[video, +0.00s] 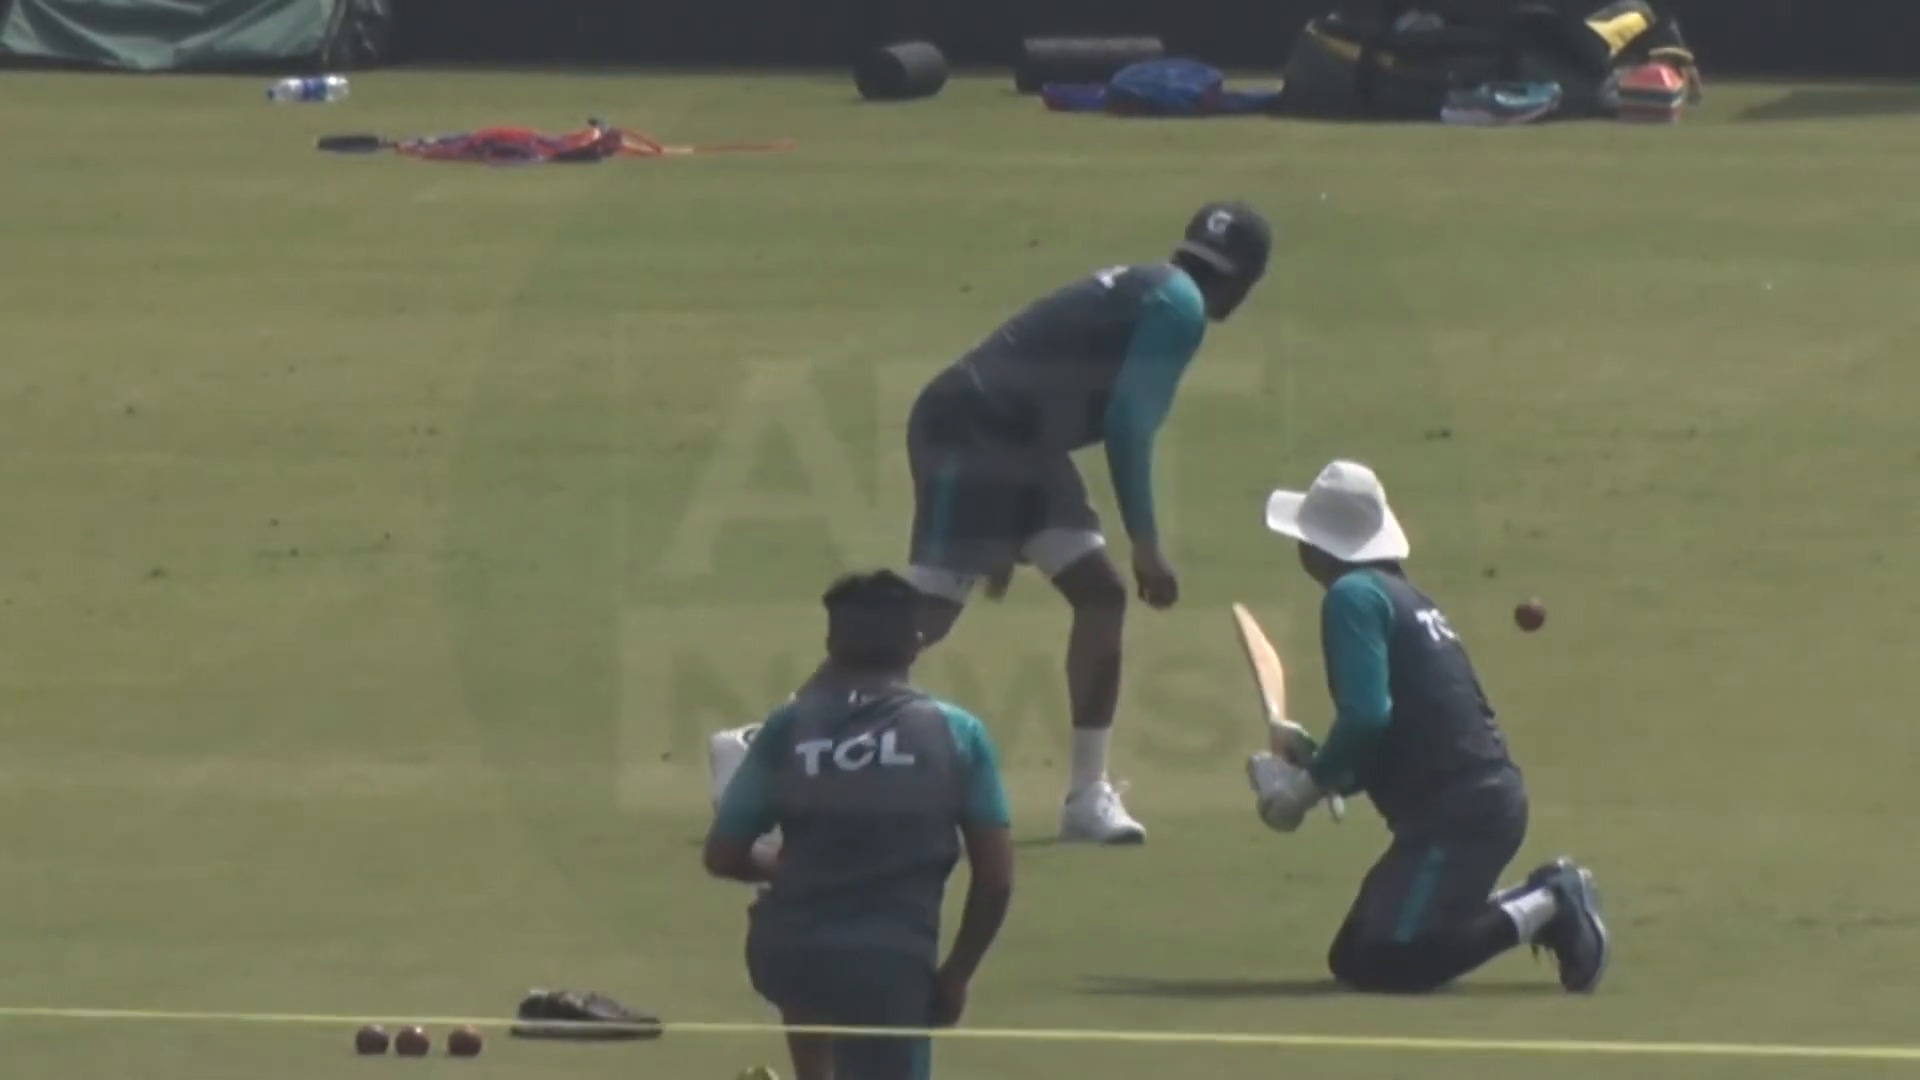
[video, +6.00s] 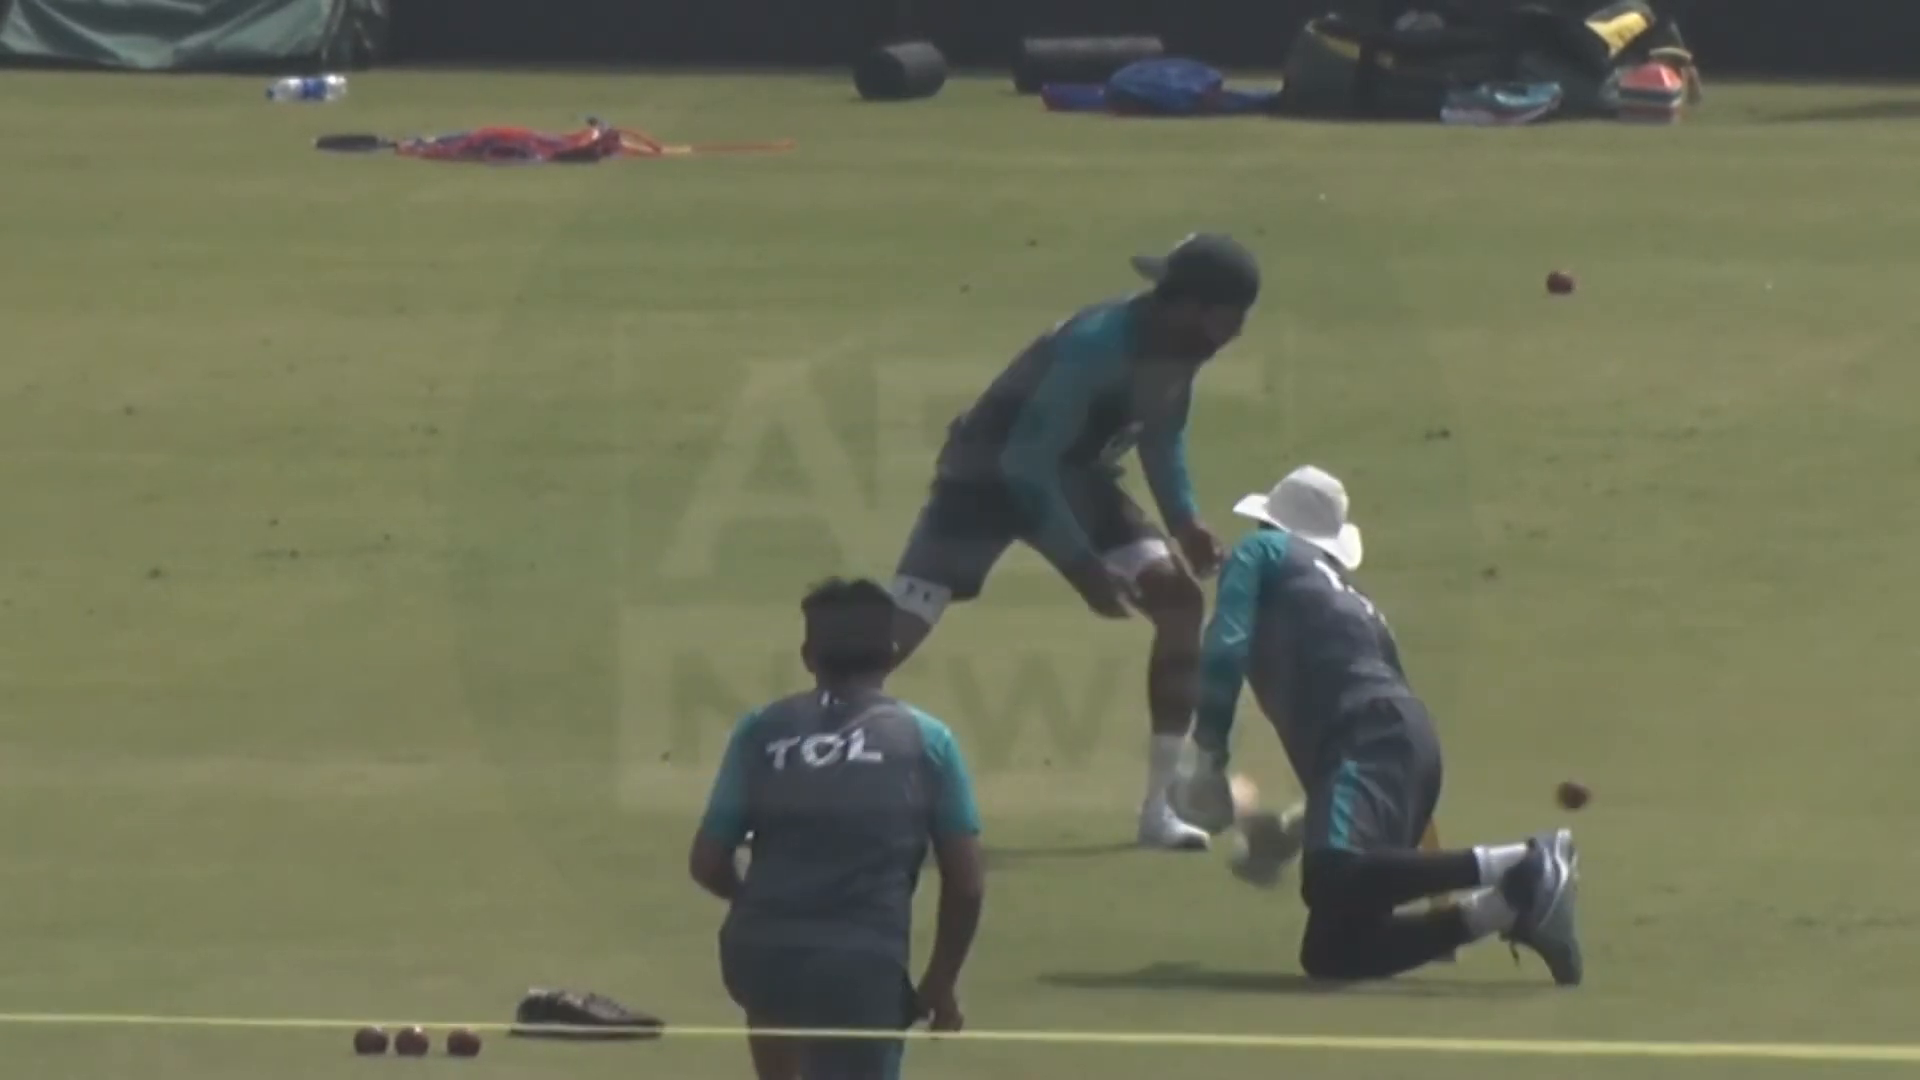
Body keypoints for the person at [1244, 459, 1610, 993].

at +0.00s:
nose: (1298, 550)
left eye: (1302, 540)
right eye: (1298, 538)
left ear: (1321, 546)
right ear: (1369, 539)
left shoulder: (1352, 595)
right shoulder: (1396, 595)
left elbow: (1367, 715)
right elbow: (1395, 747)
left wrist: (1308, 789)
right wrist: (1314, 760)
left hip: (1464, 811)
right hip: (1465, 807)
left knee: (1376, 967)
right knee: (1356, 959)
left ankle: (1545, 905)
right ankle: (1539, 902)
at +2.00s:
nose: (1380, 570)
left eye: (1393, 561)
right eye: (1384, 557)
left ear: (1433, 576)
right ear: (1438, 579)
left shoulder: (1478, 648)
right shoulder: (1439, 644)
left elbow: (1511, 774)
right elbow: (1452, 766)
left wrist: (1425, 842)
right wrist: (1397, 794)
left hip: (1528, 854)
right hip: (1484, 847)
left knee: (1415, 970)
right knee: (1358, 957)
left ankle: (1577, 917)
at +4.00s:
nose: (1421, 586)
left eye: (1440, 570)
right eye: (1413, 571)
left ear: (1478, 577)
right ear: (1402, 575)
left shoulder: (1497, 651)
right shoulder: (1434, 646)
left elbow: (1523, 776)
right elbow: (1446, 757)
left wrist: (1435, 841)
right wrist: (1405, 803)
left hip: (1535, 855)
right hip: (1481, 847)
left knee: (1416, 969)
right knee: (1357, 957)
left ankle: (1580, 919)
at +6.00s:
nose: (1251, 530)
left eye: (1261, 523)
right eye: (1257, 522)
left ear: (1277, 527)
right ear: (1327, 546)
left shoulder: (1260, 551)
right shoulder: (1350, 600)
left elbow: (1225, 654)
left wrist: (1208, 762)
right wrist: (1293, 832)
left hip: (1375, 739)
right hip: (1412, 756)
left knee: (1331, 877)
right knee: (1328, 955)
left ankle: (1518, 863)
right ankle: (1506, 907)